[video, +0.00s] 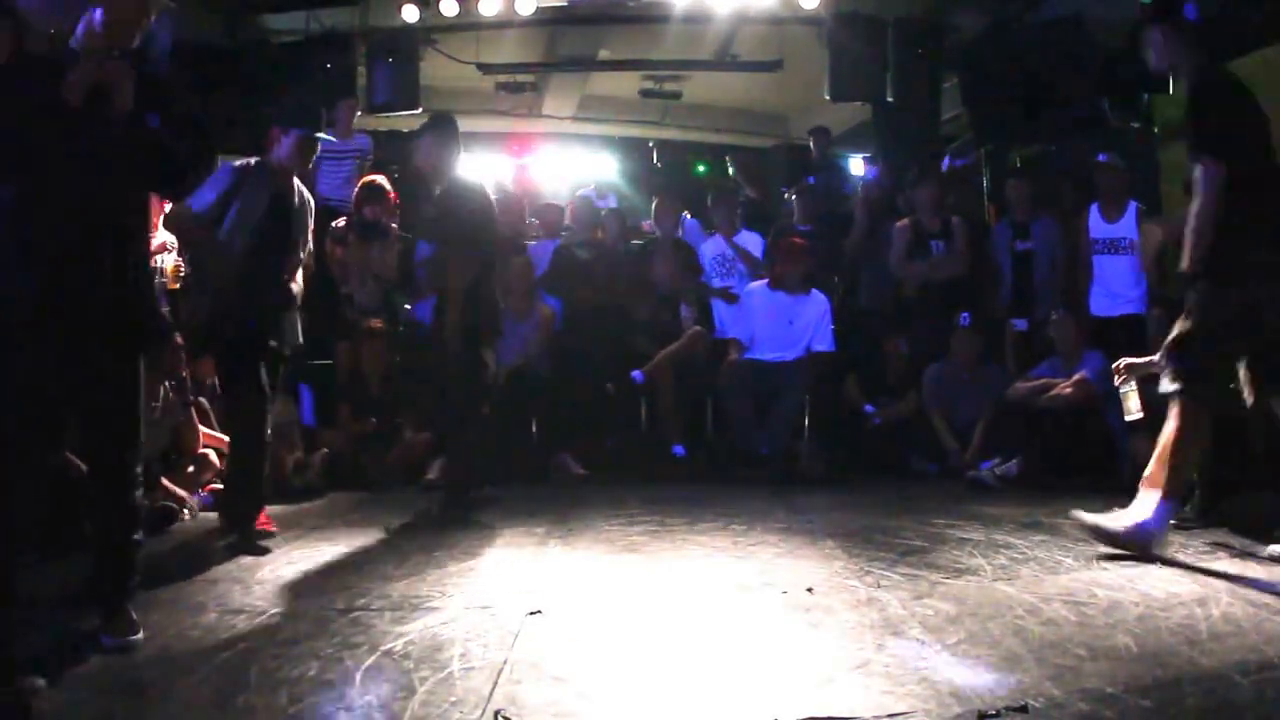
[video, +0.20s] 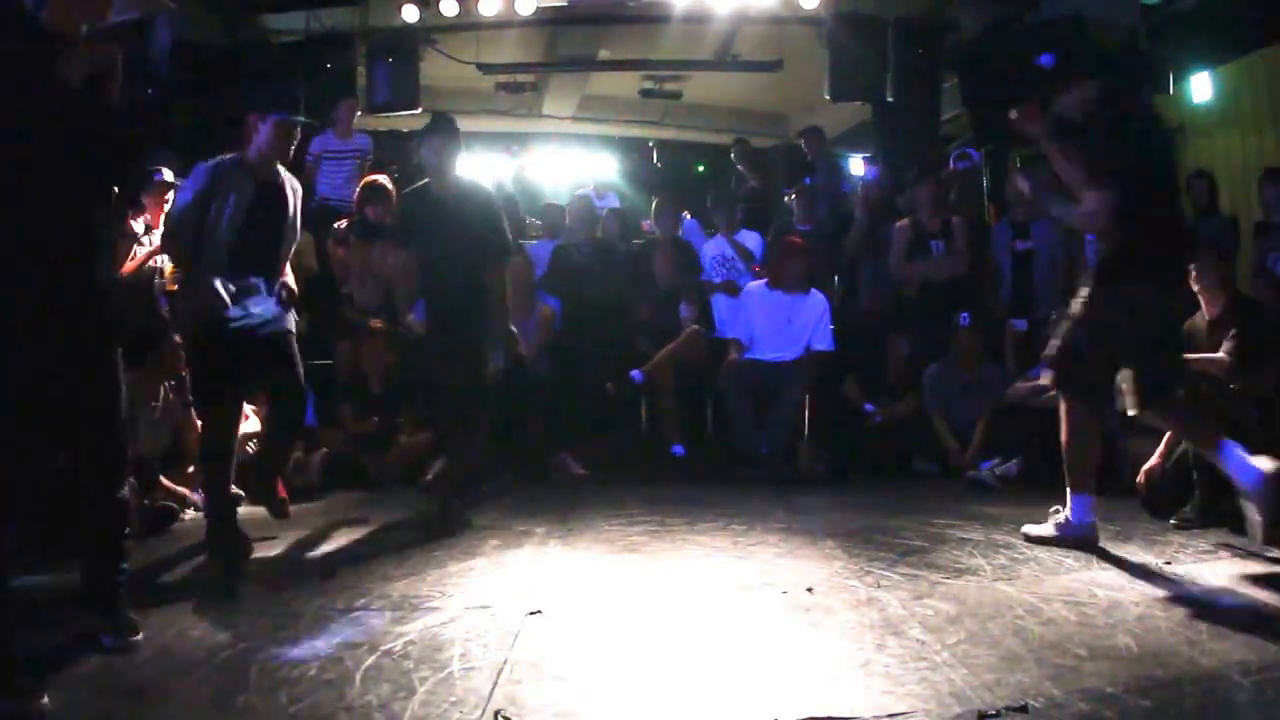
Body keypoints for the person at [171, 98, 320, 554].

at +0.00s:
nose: (308, 156)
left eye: (313, 148)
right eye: (302, 144)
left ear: (309, 151)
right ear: (277, 138)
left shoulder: (302, 199)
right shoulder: (238, 176)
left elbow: (300, 257)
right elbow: (185, 217)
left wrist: (291, 285)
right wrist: (214, 265)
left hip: (272, 320)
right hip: (231, 314)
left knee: (260, 412)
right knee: (250, 412)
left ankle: (246, 506)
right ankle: (242, 513)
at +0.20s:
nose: (290, 141)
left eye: (296, 133)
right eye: (283, 130)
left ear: (298, 137)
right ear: (255, 126)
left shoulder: (291, 188)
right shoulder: (211, 176)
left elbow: (282, 253)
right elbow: (175, 236)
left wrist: (285, 280)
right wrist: (201, 279)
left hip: (267, 311)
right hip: (212, 314)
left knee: (292, 401)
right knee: (220, 423)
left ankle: (265, 471)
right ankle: (221, 528)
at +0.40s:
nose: (282, 113)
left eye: (285, 104)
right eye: (273, 104)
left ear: (283, 109)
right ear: (243, 104)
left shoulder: (291, 164)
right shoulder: (204, 159)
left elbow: (294, 223)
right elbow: (168, 218)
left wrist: (294, 267)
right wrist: (196, 263)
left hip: (267, 305)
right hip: (211, 304)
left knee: (268, 408)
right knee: (216, 413)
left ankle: (257, 509)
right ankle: (226, 516)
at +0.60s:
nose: (283, 119)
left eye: (285, 110)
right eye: (273, 110)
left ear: (285, 115)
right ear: (243, 114)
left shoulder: (297, 175)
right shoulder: (203, 173)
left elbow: (309, 232)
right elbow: (164, 231)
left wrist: (293, 276)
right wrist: (184, 278)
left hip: (271, 313)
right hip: (212, 313)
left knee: (262, 419)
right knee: (215, 421)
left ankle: (265, 525)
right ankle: (231, 517)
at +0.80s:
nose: (303, 114)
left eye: (304, 105)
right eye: (294, 102)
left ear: (301, 115)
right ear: (262, 102)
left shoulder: (305, 179)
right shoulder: (211, 161)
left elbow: (307, 253)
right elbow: (165, 218)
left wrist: (298, 312)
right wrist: (180, 274)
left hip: (273, 316)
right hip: (208, 314)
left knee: (278, 429)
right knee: (202, 417)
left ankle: (270, 537)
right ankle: (225, 492)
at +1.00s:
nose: (288, 97)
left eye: (296, 89)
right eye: (281, 85)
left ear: (302, 95)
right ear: (260, 84)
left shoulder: (303, 159)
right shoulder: (216, 137)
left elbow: (301, 237)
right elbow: (162, 193)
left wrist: (301, 301)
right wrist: (189, 244)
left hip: (269, 308)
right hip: (208, 306)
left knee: (270, 428)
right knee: (210, 426)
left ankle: (269, 541)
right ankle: (216, 547)